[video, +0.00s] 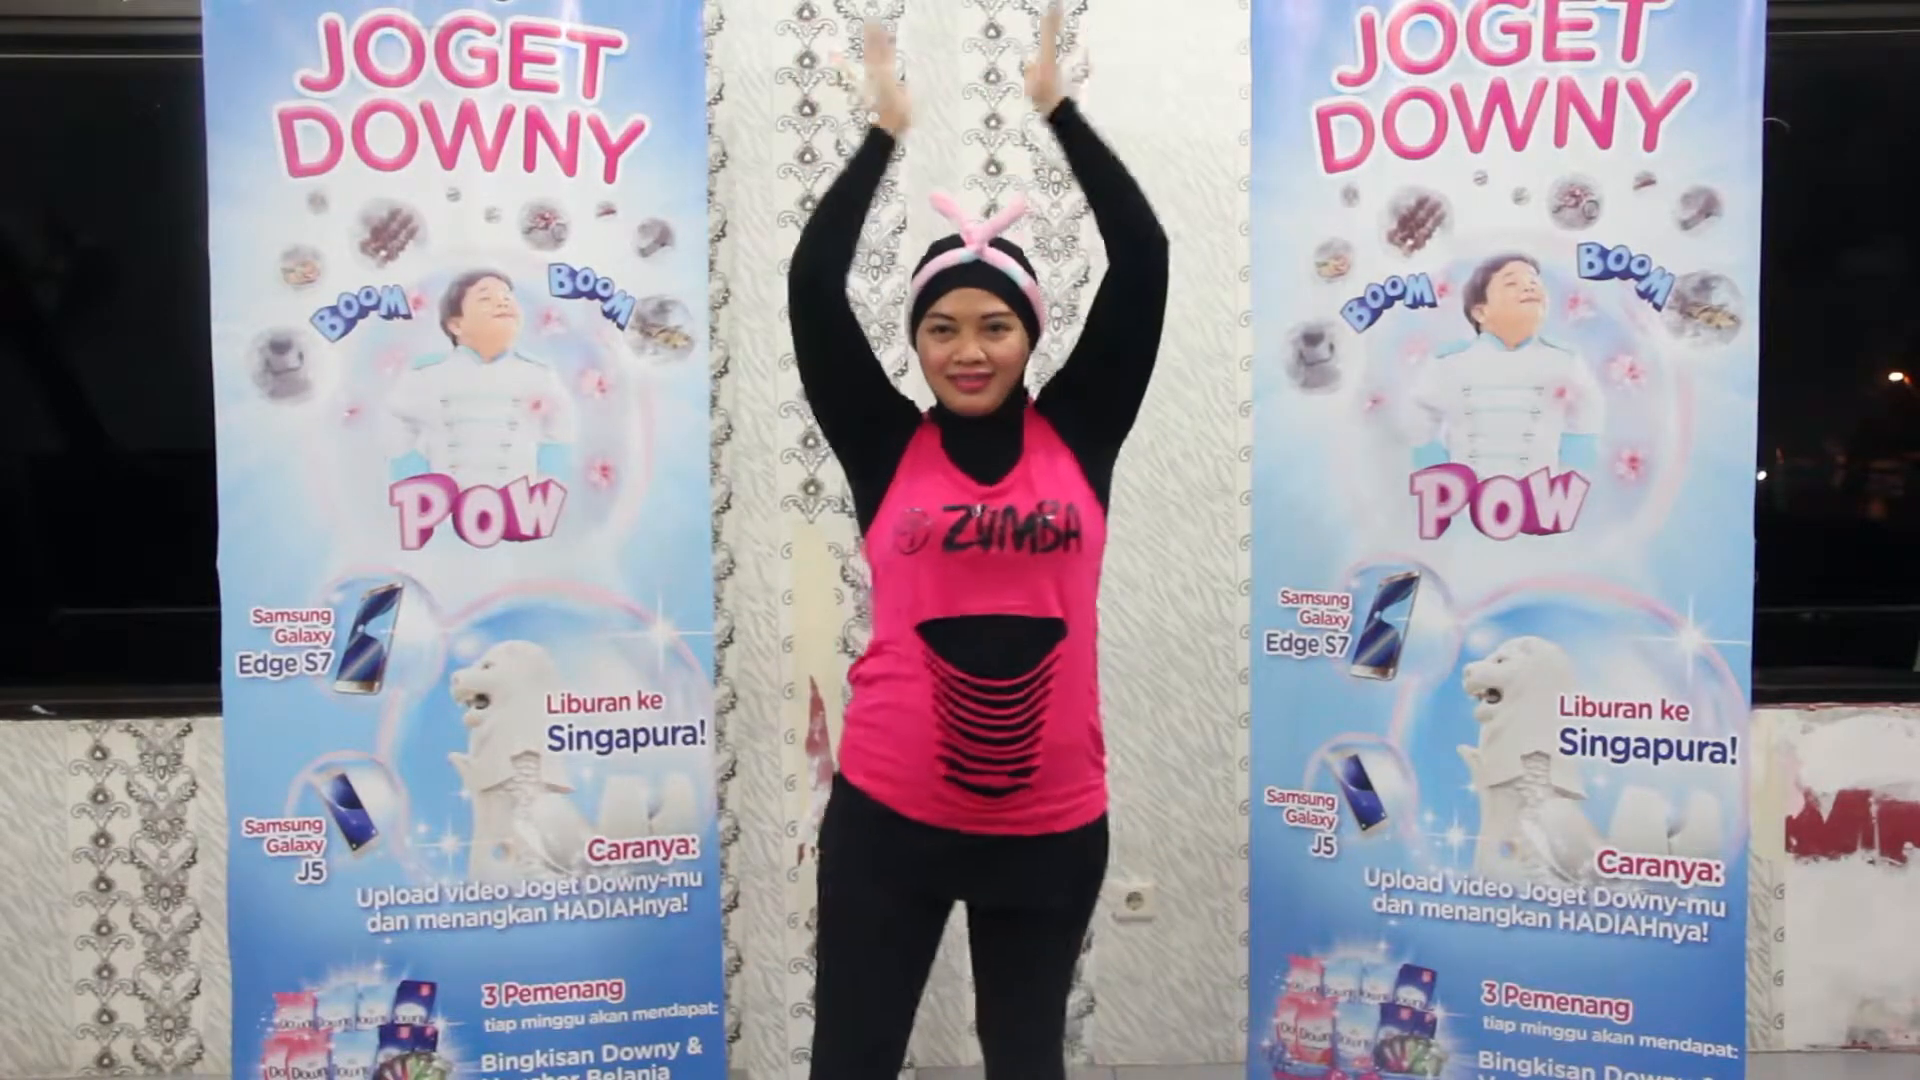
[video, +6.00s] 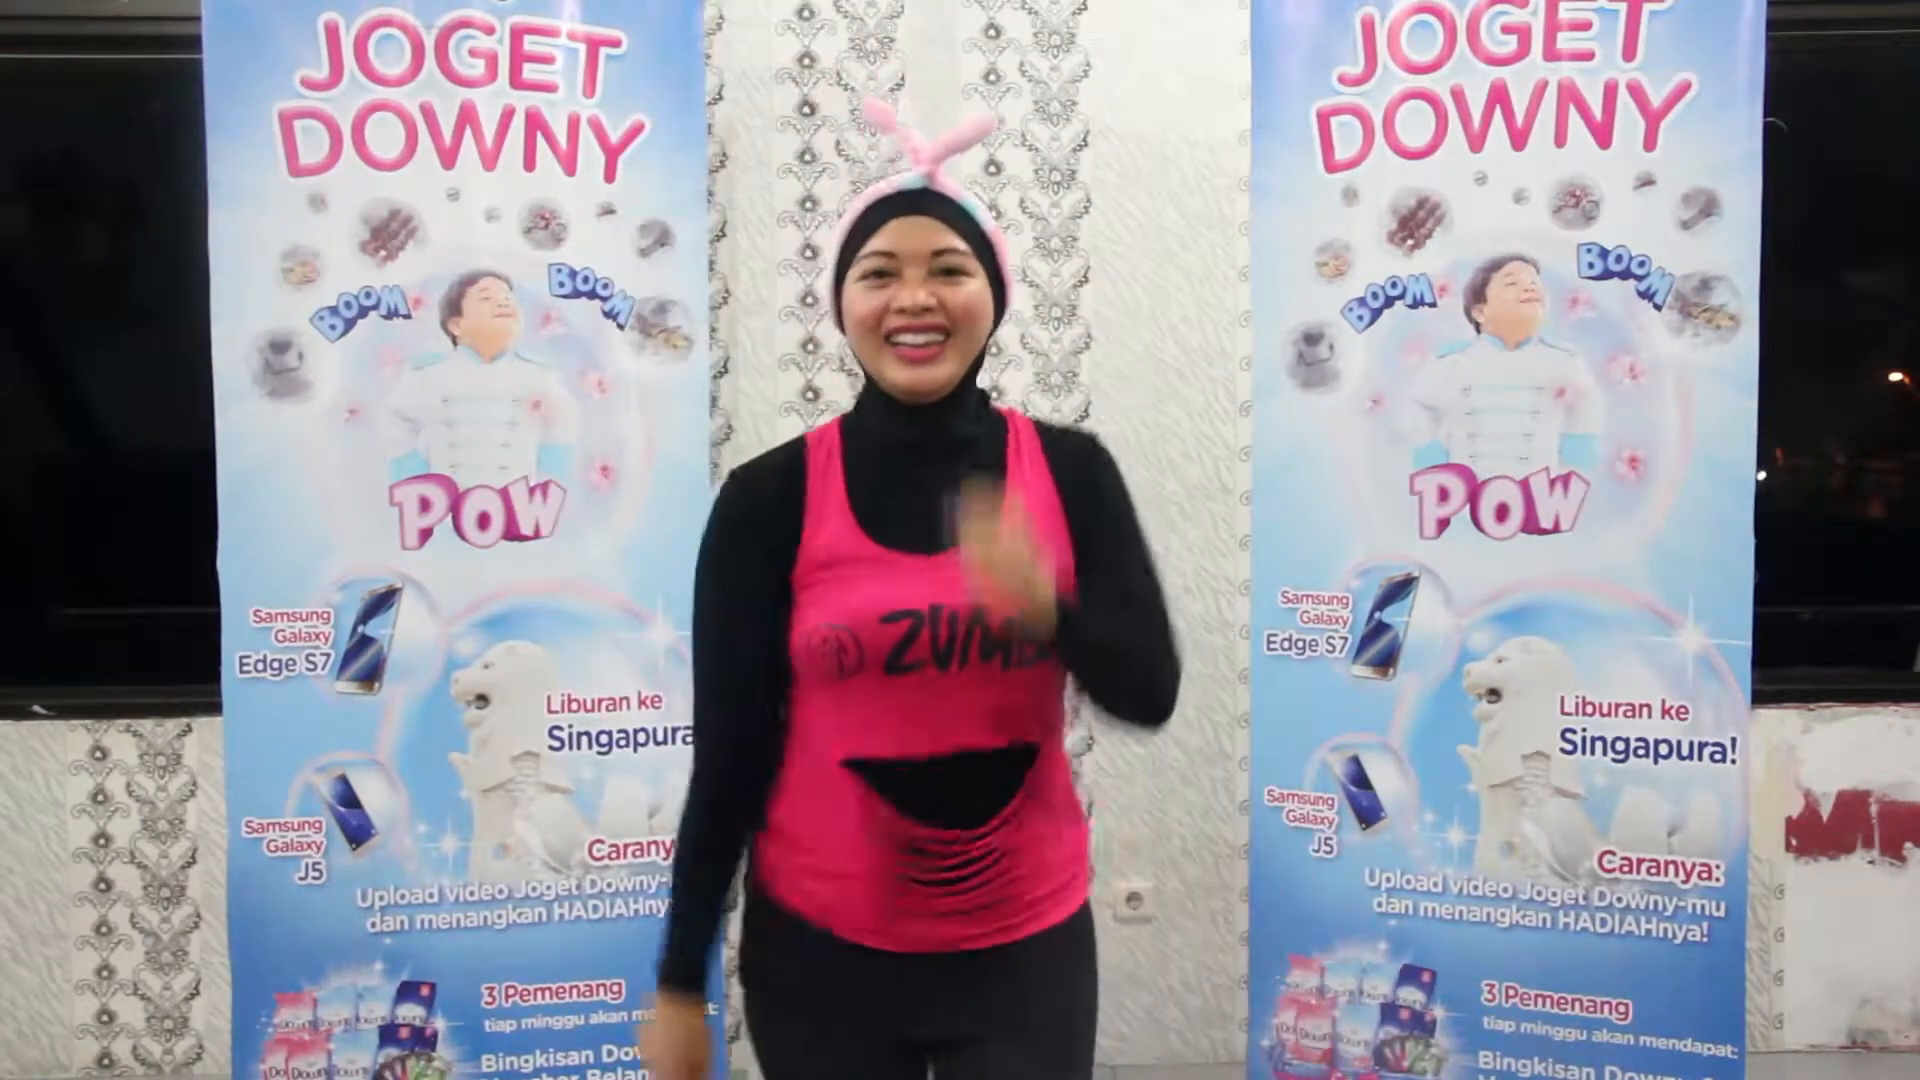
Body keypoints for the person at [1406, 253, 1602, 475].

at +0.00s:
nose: (1529, 286)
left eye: (1534, 280)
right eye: (1510, 283)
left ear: (1545, 299)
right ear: (1479, 311)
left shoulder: (1564, 363)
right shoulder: (1446, 365)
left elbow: (1584, 430)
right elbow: (1414, 419)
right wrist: (1439, 481)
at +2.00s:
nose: (1528, 287)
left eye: (1535, 282)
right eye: (1510, 283)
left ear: (1545, 300)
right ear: (1479, 311)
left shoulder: (1565, 363)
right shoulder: (1445, 365)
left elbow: (1585, 423)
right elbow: (1418, 420)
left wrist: (1566, 487)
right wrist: (1436, 481)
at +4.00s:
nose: (1528, 286)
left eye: (1534, 281)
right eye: (1510, 282)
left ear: (1545, 300)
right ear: (1479, 311)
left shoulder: (1564, 364)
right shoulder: (1446, 366)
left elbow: (1583, 425)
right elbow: (1414, 416)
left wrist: (1567, 483)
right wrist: (1436, 476)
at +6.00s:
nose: (1529, 287)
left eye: (1535, 281)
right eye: (1511, 283)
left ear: (1544, 301)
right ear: (1478, 310)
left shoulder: (1565, 365)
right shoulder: (1446, 368)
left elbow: (1582, 439)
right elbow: (1414, 424)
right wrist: (1438, 481)